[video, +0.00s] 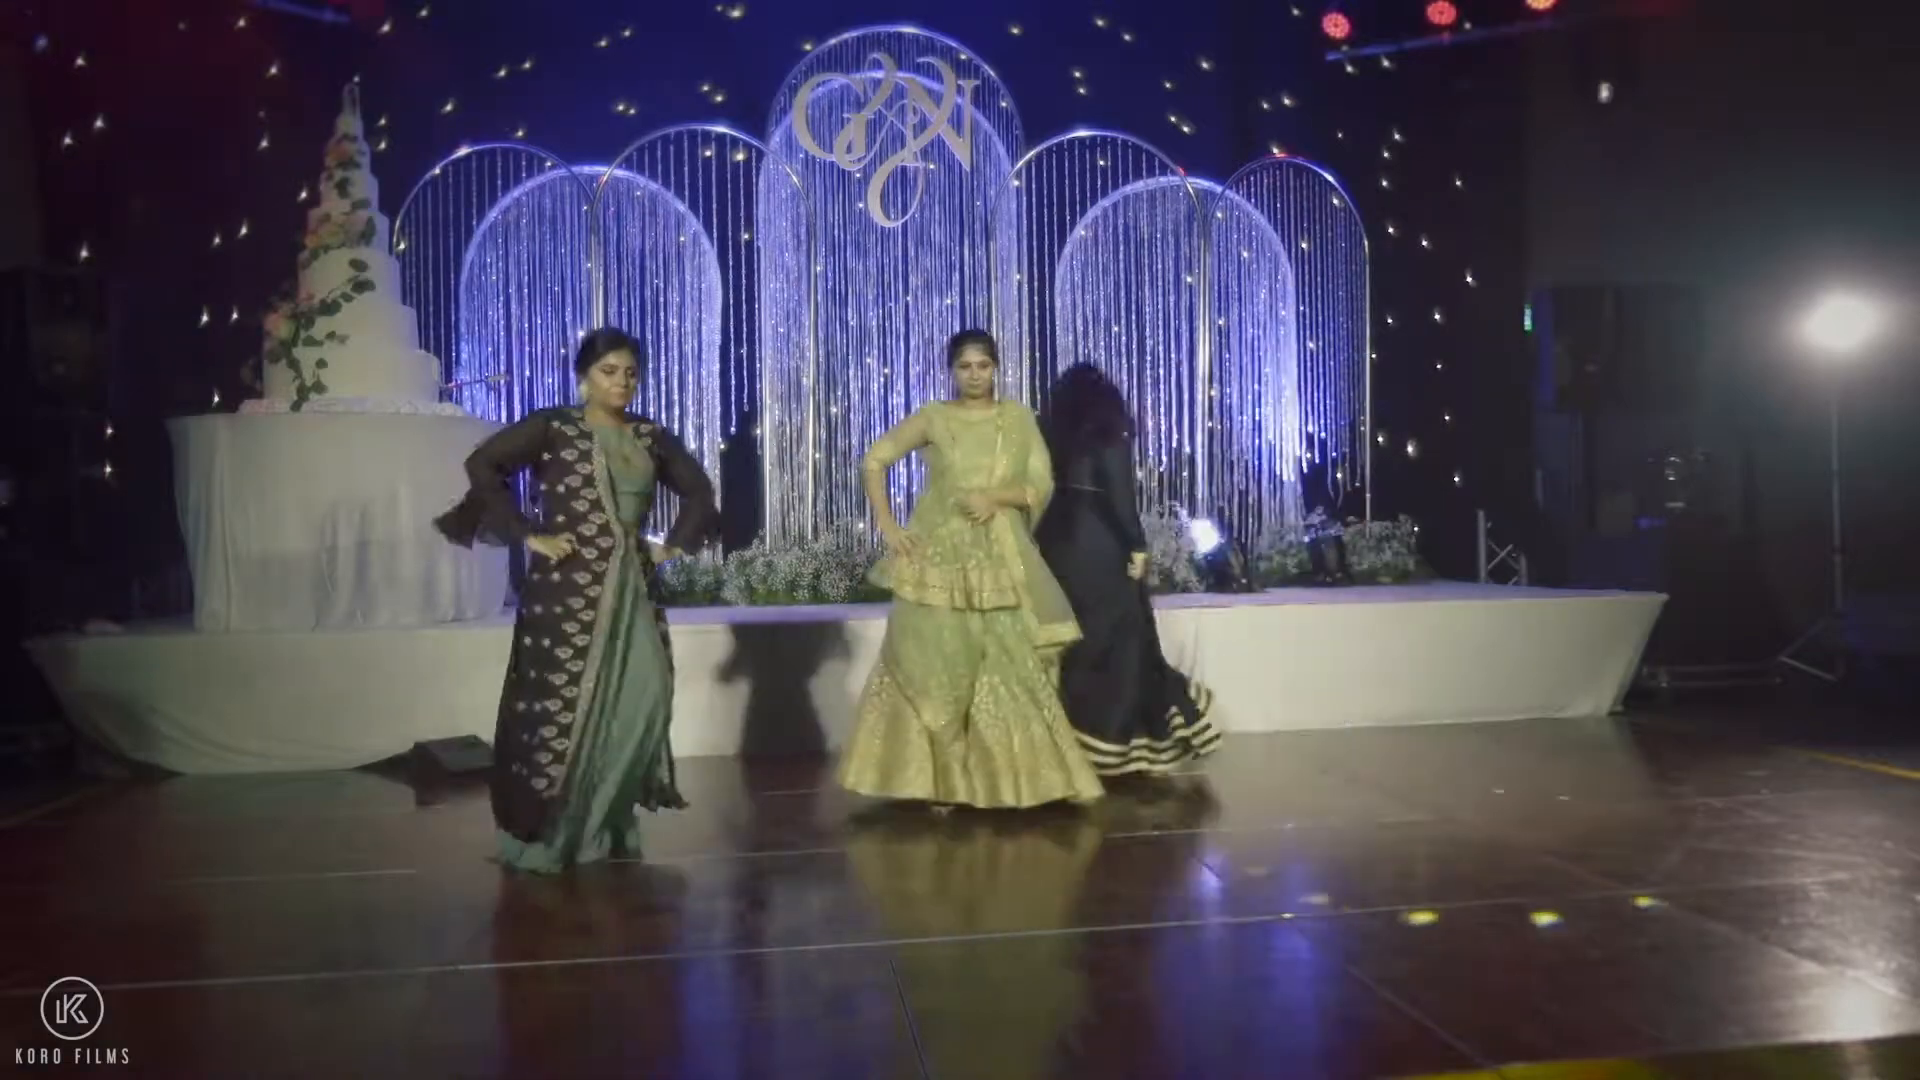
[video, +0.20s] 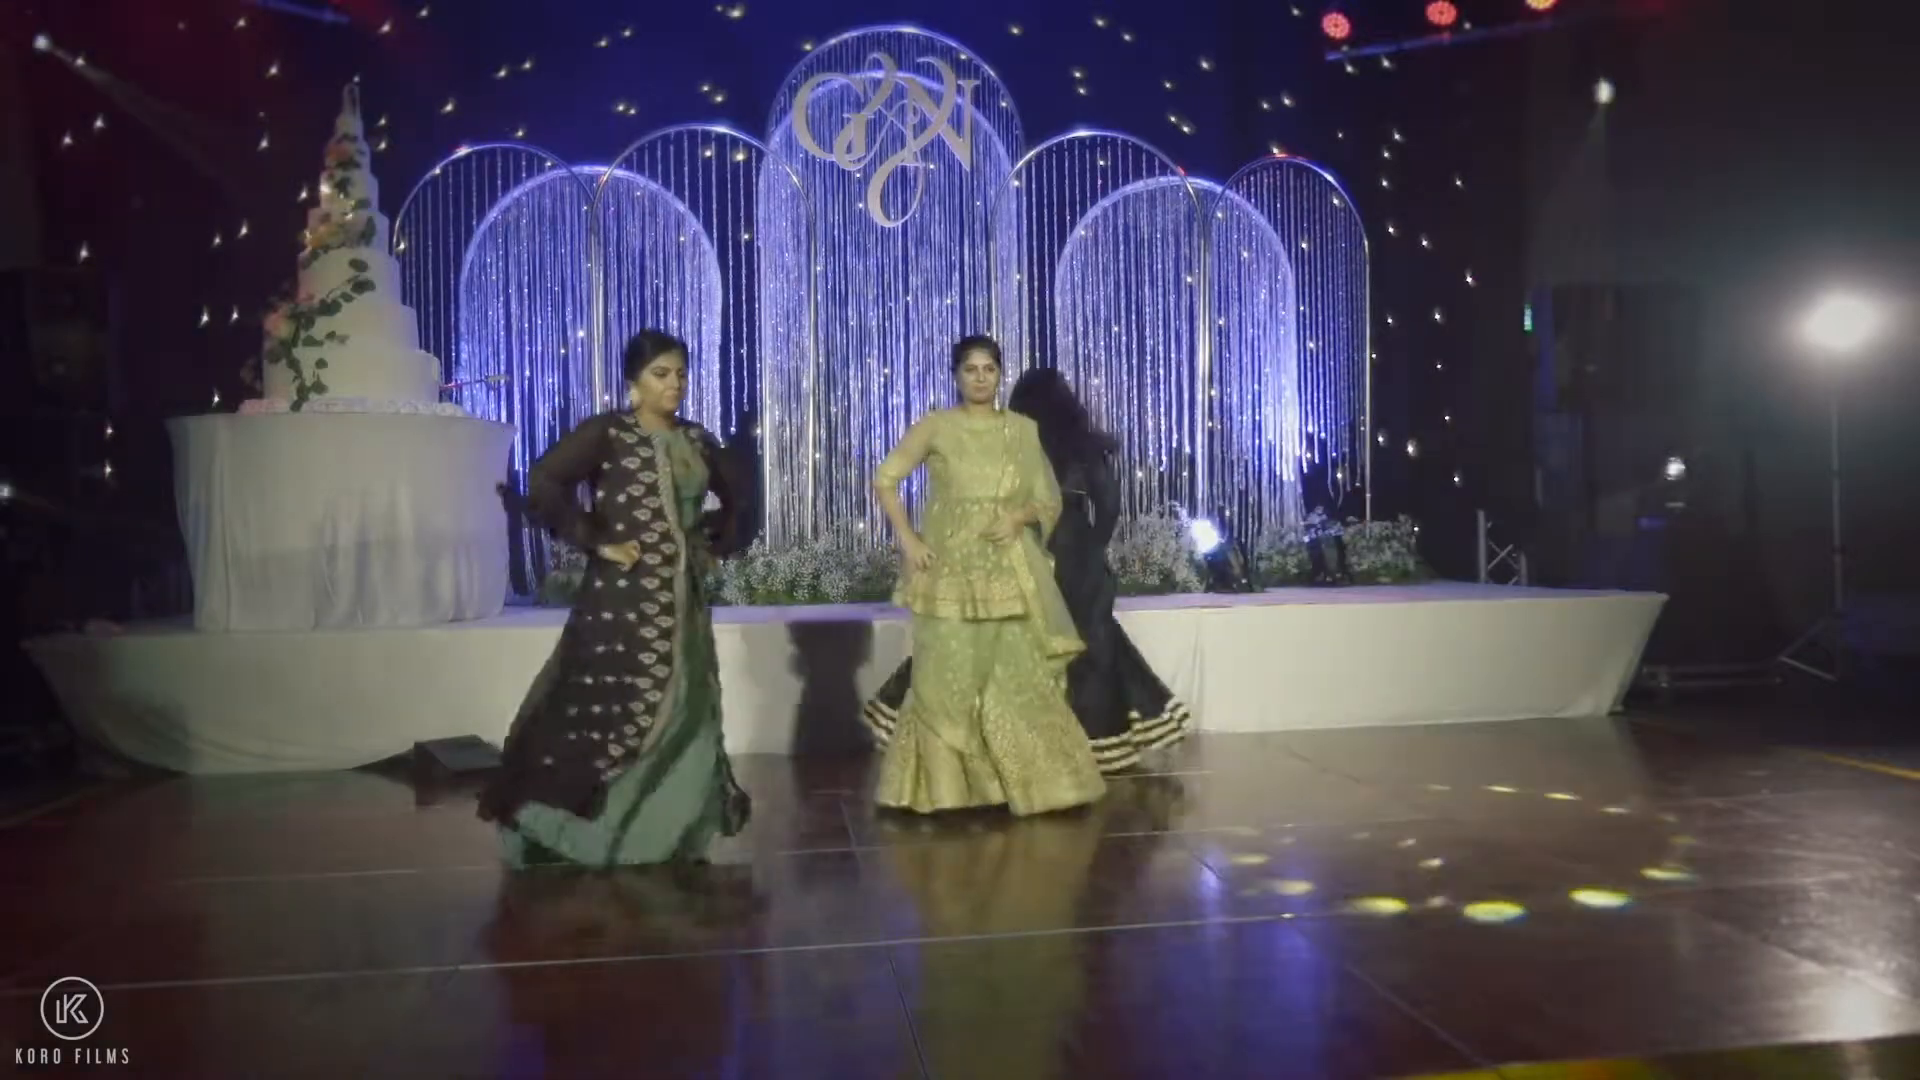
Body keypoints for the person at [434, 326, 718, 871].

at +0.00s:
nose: (622, 381)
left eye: (630, 373)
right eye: (610, 372)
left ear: (637, 378)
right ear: (585, 377)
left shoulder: (649, 438)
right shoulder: (553, 427)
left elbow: (699, 491)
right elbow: (482, 466)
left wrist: (672, 545)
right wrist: (526, 535)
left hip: (629, 592)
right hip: (565, 591)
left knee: (648, 693)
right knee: (563, 705)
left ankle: (611, 820)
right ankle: (547, 834)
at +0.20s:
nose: (675, 384)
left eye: (680, 374)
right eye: (663, 374)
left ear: (686, 381)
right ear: (635, 380)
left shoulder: (697, 442)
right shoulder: (606, 433)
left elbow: (739, 492)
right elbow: (543, 485)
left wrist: (717, 544)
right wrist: (594, 539)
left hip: (684, 593)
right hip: (627, 594)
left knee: (688, 708)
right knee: (631, 708)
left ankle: (678, 835)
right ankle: (603, 834)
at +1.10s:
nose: (911, 367)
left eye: (917, 358)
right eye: (898, 357)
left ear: (924, 367)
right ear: (870, 366)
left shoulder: (933, 429)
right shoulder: (846, 425)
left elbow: (997, 472)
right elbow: (863, 479)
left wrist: (1071, 472)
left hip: (920, 579)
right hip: (863, 581)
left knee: (935, 701)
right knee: (879, 707)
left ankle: (939, 838)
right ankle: (876, 843)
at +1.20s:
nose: (944, 376)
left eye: (950, 367)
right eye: (930, 366)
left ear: (958, 376)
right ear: (902, 376)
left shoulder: (967, 431)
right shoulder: (876, 430)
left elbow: (1019, 486)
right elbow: (892, 484)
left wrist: (1065, 468)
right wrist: (955, 436)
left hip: (942, 585)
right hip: (886, 585)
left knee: (972, 703)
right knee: (903, 711)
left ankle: (976, 843)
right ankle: (896, 852)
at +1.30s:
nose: (970, 411)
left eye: (977, 401)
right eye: (957, 401)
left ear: (987, 410)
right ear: (930, 411)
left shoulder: (996, 466)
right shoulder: (901, 466)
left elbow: (1043, 527)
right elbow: (926, 519)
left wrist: (1059, 492)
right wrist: (989, 465)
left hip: (972, 607)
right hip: (915, 609)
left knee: (1022, 689)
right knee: (953, 714)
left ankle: (1046, 842)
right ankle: (954, 855)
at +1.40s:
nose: (994, 461)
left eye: (1004, 452)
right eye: (981, 451)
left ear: (1013, 462)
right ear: (957, 461)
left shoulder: (1020, 513)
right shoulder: (931, 512)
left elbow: (1060, 577)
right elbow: (945, 578)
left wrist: (1031, 528)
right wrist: (998, 530)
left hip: (1001, 642)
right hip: (941, 644)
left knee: (1028, 684)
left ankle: (1066, 839)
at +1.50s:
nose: (1014, 510)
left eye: (1023, 501)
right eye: (1001, 501)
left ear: (1033, 510)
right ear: (974, 511)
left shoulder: (1044, 558)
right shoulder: (945, 562)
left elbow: (1077, 631)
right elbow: (955, 646)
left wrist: (1024, 602)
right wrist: (1009, 599)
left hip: (1014, 687)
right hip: (947, 693)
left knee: (1042, 694)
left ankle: (1085, 845)